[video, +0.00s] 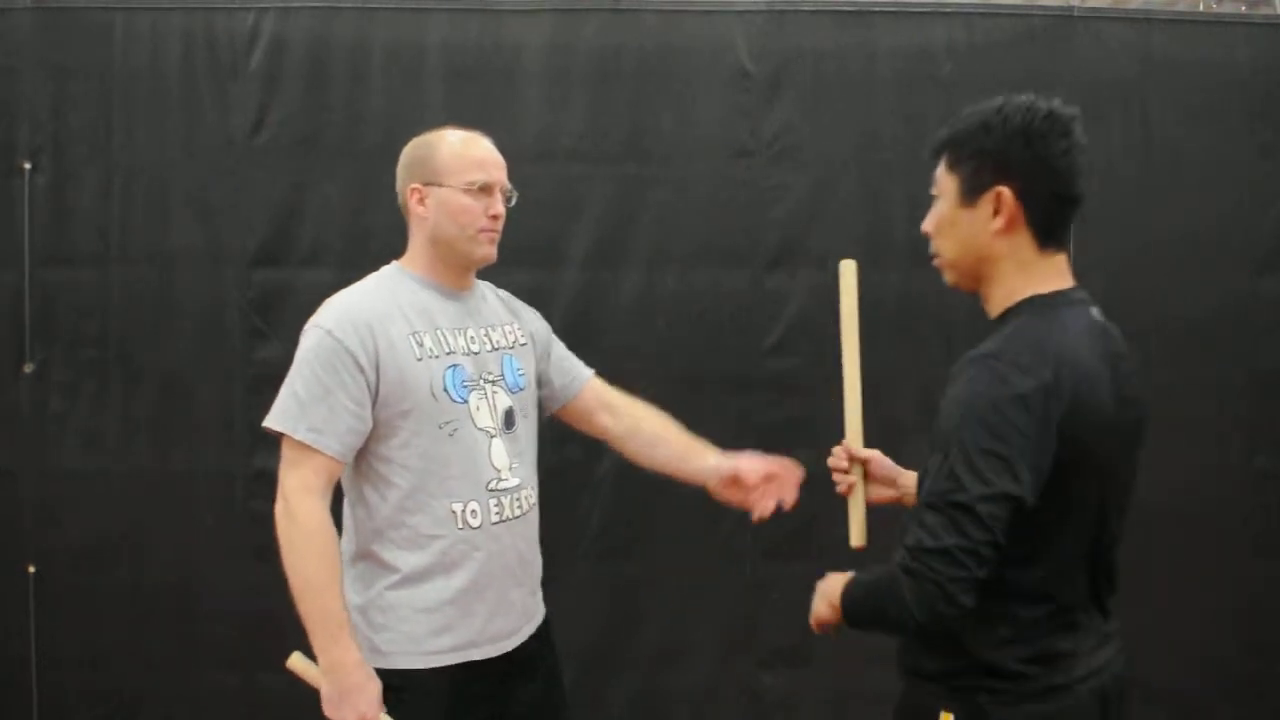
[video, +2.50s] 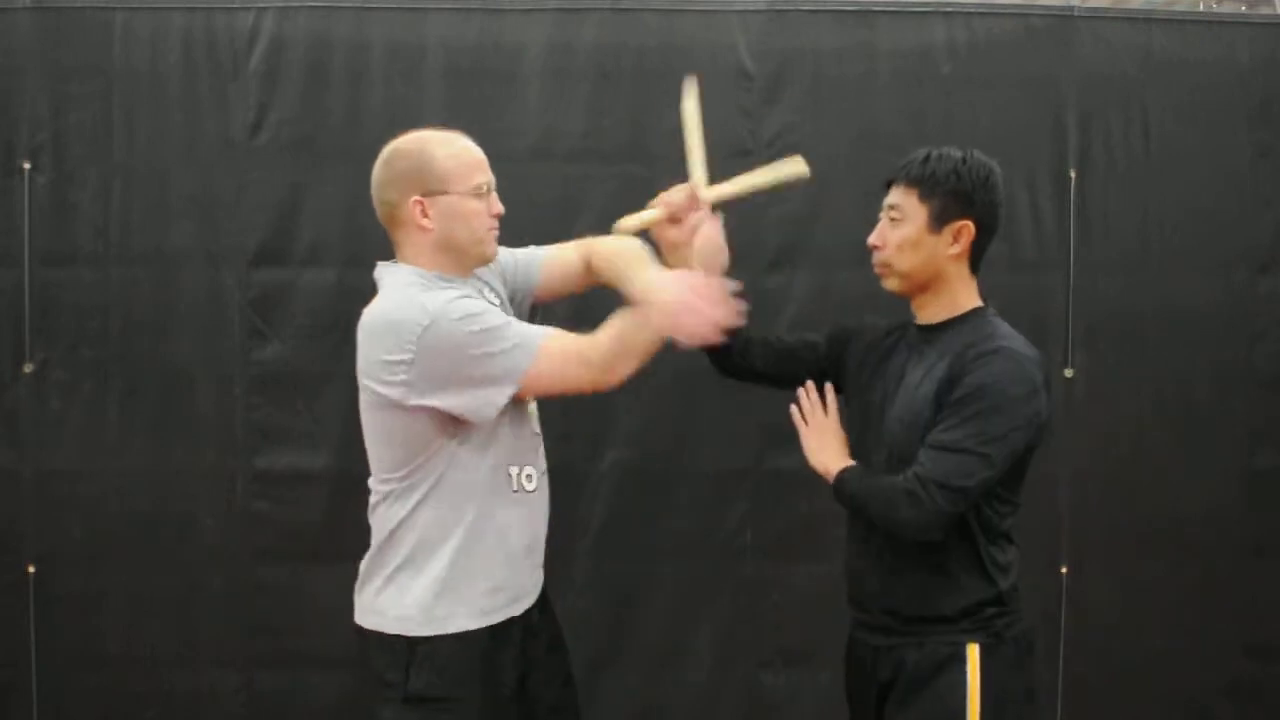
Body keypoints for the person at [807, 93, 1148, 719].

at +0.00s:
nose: (926, 227)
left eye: (939, 202)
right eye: (930, 203)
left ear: (999, 211)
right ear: (1005, 213)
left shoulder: (1005, 371)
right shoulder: (1098, 345)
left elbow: (934, 590)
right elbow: (1054, 510)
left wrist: (844, 596)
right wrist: (911, 487)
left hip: (985, 696)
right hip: (1081, 678)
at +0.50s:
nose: (893, 236)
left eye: (912, 215)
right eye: (901, 216)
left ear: (974, 228)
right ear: (967, 229)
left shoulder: (1003, 354)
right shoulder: (978, 342)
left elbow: (970, 531)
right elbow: (957, 486)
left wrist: (871, 540)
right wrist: (875, 490)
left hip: (984, 656)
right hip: (957, 647)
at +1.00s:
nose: (889, 237)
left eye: (908, 217)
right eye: (896, 217)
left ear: (967, 231)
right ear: (962, 233)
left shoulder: (996, 352)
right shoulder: (981, 340)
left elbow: (952, 526)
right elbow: (968, 480)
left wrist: (864, 543)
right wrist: (880, 488)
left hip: (994, 654)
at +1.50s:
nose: (902, 239)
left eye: (921, 220)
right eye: (909, 220)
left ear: (981, 238)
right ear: (978, 240)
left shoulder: (1005, 354)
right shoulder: (977, 344)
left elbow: (970, 520)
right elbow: (943, 478)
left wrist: (882, 569)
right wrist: (849, 497)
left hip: (986, 640)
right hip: (959, 633)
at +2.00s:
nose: (904, 246)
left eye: (918, 230)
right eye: (908, 229)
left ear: (974, 242)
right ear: (970, 245)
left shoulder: (967, 352)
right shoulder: (1001, 334)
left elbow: (860, 469)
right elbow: (873, 388)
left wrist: (886, 414)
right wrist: (875, 279)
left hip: (964, 620)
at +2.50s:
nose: (874, 239)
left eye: (894, 220)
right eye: (880, 219)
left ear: (957, 238)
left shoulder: (1005, 367)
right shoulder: (873, 351)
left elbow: (922, 507)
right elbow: (740, 356)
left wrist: (839, 469)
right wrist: (688, 259)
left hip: (961, 657)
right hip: (877, 649)